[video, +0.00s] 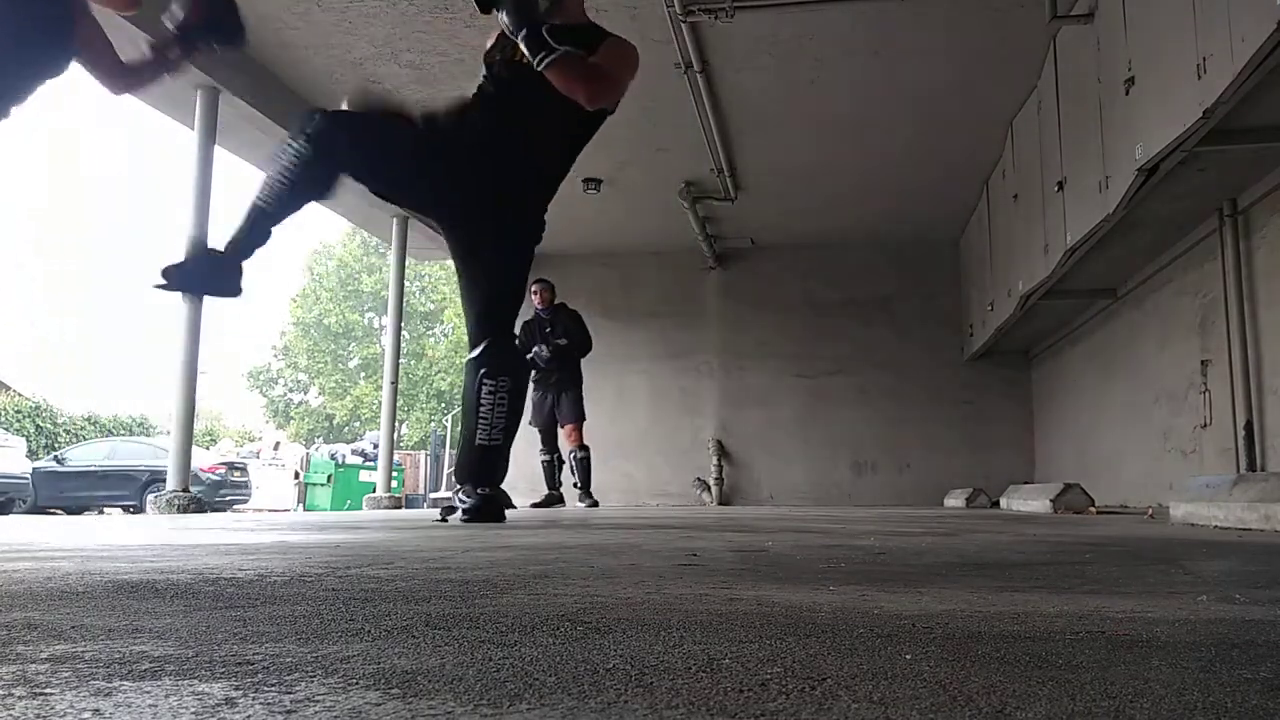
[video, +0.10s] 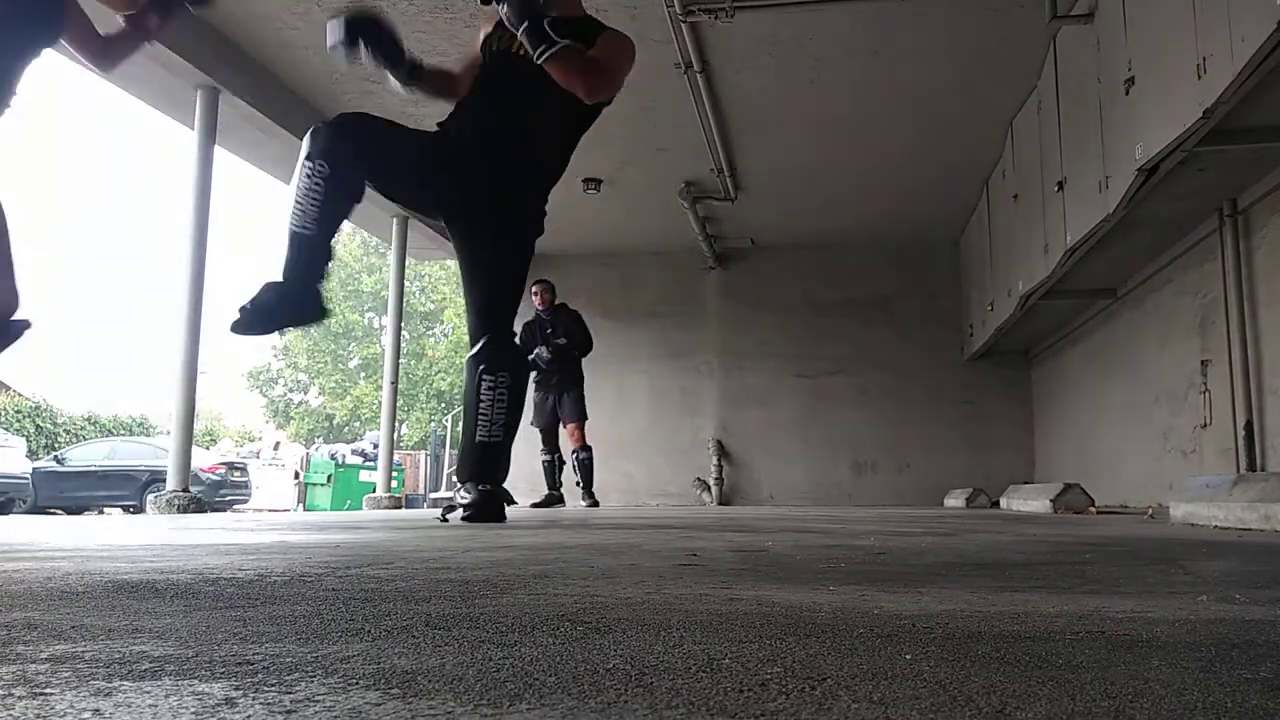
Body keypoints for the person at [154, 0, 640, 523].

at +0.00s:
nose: (532, 12)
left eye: (542, 8)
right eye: (529, 10)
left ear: (572, 5)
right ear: (536, 11)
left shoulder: (616, 51)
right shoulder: (512, 38)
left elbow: (588, 91)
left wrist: (530, 36)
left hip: (502, 208)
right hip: (439, 161)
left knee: (492, 342)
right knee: (329, 129)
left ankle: (479, 487)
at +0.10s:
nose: (511, 9)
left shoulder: (612, 44)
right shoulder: (504, 30)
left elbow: (591, 86)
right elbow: (457, 86)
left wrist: (531, 27)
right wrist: (400, 63)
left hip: (506, 202)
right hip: (446, 167)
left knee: (493, 341)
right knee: (340, 137)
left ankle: (484, 485)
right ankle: (300, 286)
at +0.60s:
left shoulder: (581, 14)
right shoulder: (485, 26)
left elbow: (520, 46)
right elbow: (396, 58)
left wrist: (463, 9)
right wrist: (322, 28)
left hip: (507, 200)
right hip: (450, 172)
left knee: (490, 339)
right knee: (325, 145)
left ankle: (482, 485)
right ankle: (356, 284)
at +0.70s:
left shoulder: (568, 12)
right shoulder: (473, 28)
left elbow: (501, 33)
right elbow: (384, 60)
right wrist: (314, 21)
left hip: (512, 199)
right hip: (456, 185)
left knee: (482, 333)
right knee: (337, 187)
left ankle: (484, 488)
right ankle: (399, 310)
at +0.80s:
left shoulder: (553, 11)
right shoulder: (467, 36)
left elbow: (486, 33)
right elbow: (377, 60)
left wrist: (431, 1)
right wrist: (314, 22)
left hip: (512, 201)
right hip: (455, 198)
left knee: (478, 331)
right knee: (349, 248)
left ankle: (484, 488)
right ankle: (430, 356)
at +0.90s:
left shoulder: (542, 11)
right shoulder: (464, 44)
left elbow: (475, 37)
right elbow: (389, 82)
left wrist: (419, 2)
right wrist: (340, 30)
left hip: (507, 203)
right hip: (452, 205)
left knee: (479, 325)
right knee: (369, 291)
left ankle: (484, 490)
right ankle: (444, 406)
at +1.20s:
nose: (429, 3)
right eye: (427, 2)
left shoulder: (490, 13)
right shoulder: (461, 42)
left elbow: (491, 91)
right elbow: (443, 143)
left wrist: (408, 66)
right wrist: (384, 101)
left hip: (467, 204)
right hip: (445, 208)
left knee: (443, 336)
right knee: (431, 338)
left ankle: (479, 481)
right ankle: (448, 475)